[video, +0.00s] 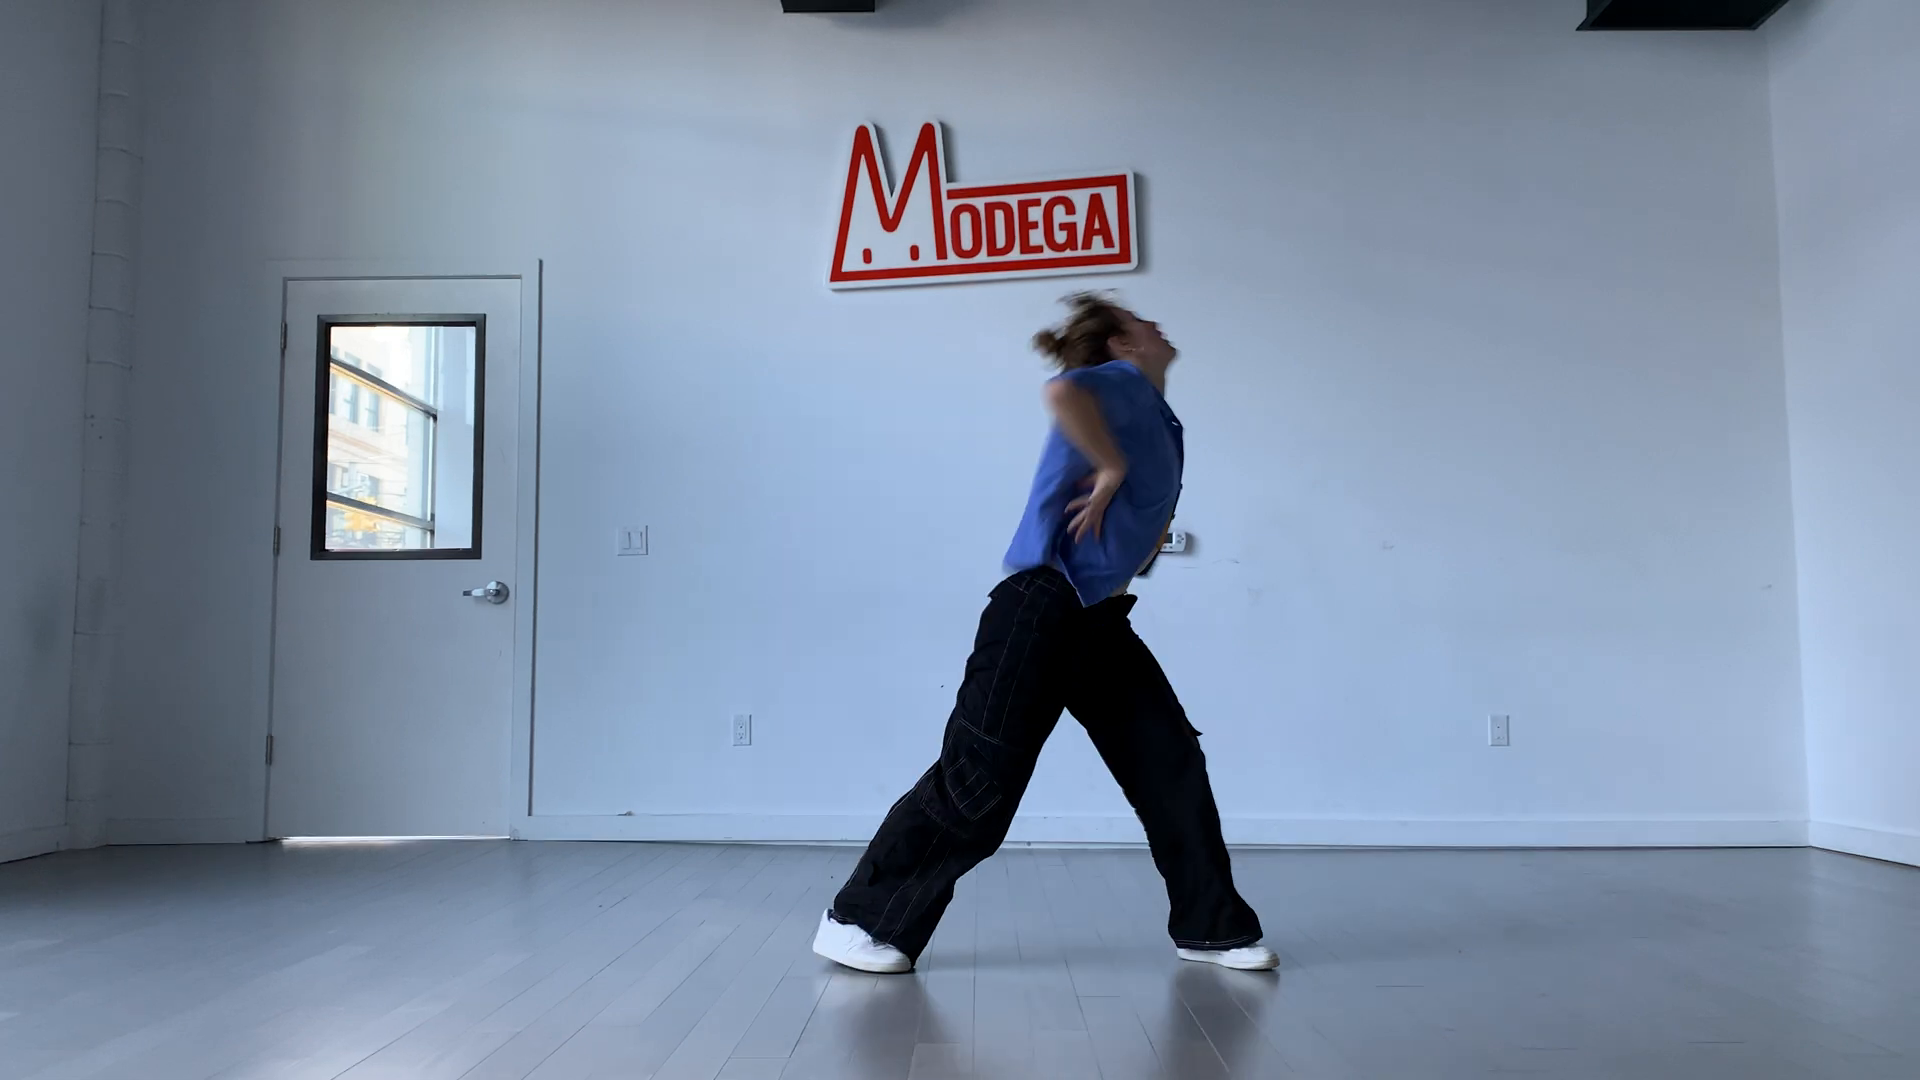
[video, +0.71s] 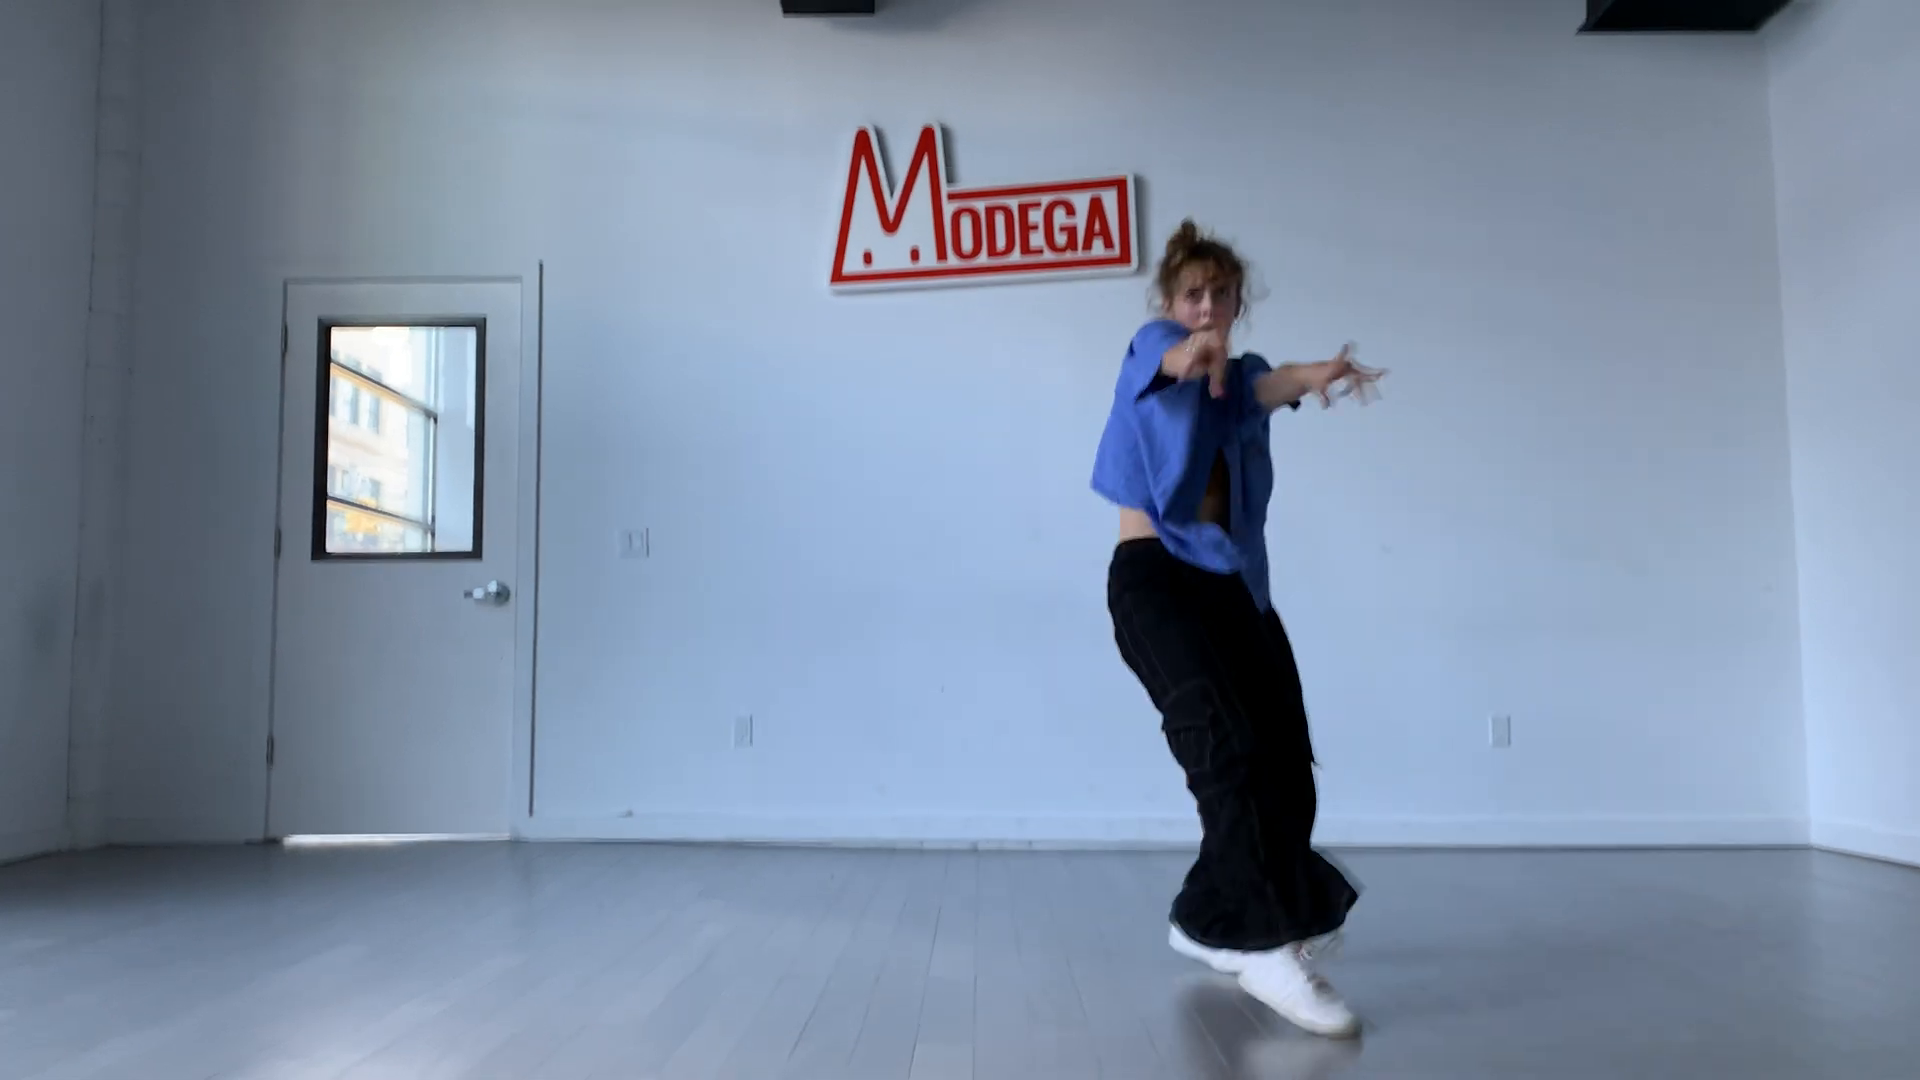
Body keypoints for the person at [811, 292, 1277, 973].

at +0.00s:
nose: (1159, 328)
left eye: (1150, 320)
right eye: (1143, 323)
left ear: (1132, 347)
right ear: (1119, 343)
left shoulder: (1157, 422)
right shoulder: (1118, 382)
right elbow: (1061, 394)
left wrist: (1152, 532)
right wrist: (1113, 466)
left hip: (1101, 622)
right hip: (1039, 611)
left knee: (1172, 765)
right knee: (977, 782)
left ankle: (1210, 927)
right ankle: (859, 921)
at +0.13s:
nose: (1192, 335)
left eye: (1191, 325)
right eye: (1182, 324)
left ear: (1154, 333)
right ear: (1155, 330)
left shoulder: (1168, 421)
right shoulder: (1131, 368)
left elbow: (1220, 472)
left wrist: (1238, 467)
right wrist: (1182, 441)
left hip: (1105, 618)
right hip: (1036, 606)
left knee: (1161, 780)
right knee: (967, 780)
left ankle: (1201, 930)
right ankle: (856, 920)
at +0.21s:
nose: (1207, 334)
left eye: (1206, 324)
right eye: (1201, 321)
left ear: (1176, 324)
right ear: (1173, 318)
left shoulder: (1206, 402)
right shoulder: (1130, 365)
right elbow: (1232, 381)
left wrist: (1336, 471)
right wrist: (1241, 459)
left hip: (1119, 607)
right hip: (1048, 598)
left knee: (1165, 772)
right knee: (978, 770)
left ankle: (1195, 927)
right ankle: (864, 909)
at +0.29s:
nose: (1217, 323)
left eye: (1214, 311)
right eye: (1209, 310)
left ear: (1174, 315)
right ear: (1179, 309)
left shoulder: (1217, 390)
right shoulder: (1130, 371)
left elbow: (1320, 422)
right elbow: (1224, 427)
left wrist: (1421, 458)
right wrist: (1299, 457)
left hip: (1146, 603)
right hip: (1069, 599)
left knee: (1178, 776)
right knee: (1007, 778)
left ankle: (1199, 936)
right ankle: (887, 903)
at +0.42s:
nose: (1210, 298)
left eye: (1216, 288)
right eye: (1194, 286)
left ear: (1220, 305)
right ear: (1152, 299)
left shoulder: (1232, 394)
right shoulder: (1127, 367)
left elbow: (1337, 429)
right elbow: (1198, 416)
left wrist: (1462, 450)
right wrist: (1309, 424)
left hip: (1183, 589)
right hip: (1102, 590)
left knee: (1202, 769)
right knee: (1115, 753)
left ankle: (1203, 927)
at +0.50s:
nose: (1201, 287)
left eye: (1212, 276)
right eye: (1186, 274)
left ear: (1224, 288)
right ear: (1156, 284)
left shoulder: (1226, 372)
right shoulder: (1139, 339)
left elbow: (1336, 405)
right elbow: (1200, 373)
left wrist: (1449, 414)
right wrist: (1286, 387)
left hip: (1201, 574)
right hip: (1120, 577)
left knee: (1218, 743)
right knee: (1169, 731)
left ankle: (1218, 922)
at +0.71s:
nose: (1208, 305)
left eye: (1220, 294)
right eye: (1195, 293)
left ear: (1239, 301)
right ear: (1169, 301)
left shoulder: (1242, 372)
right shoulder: (1153, 343)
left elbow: (1270, 389)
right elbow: (1171, 362)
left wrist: (1315, 378)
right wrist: (1198, 349)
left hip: (1234, 587)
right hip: (1159, 581)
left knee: (1281, 745)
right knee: (1228, 746)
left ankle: (1215, 918)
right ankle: (1263, 946)